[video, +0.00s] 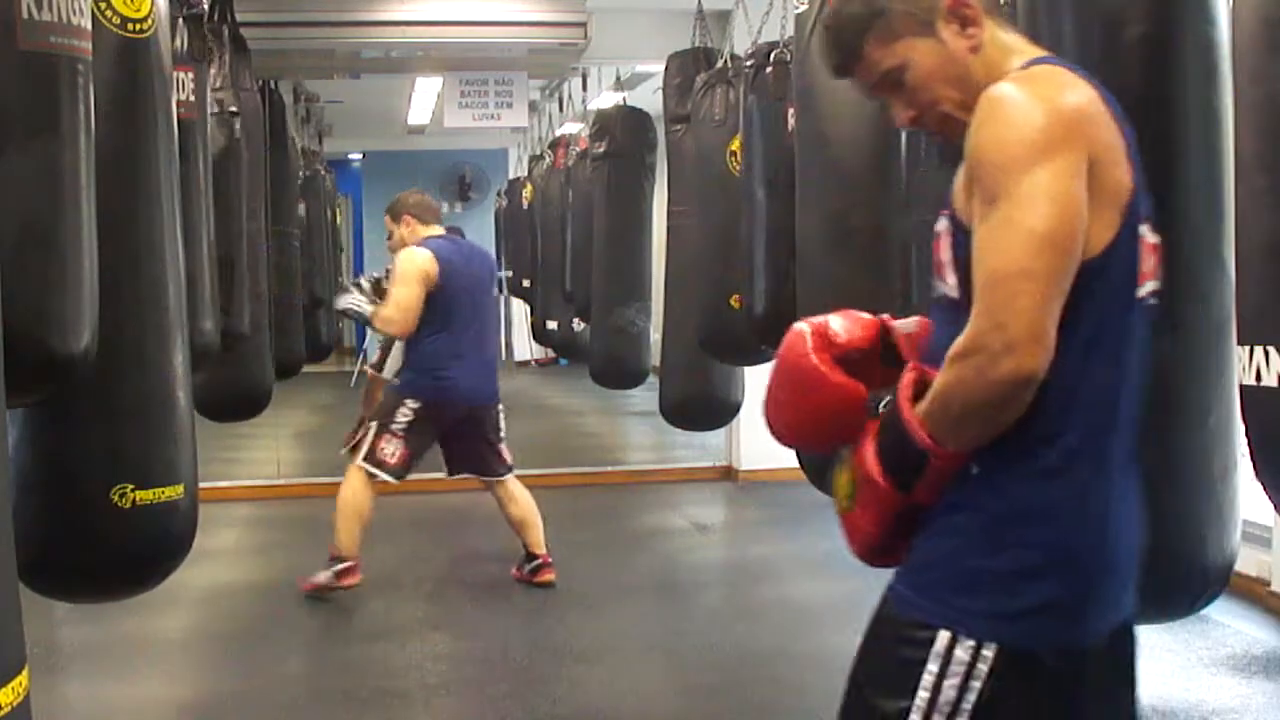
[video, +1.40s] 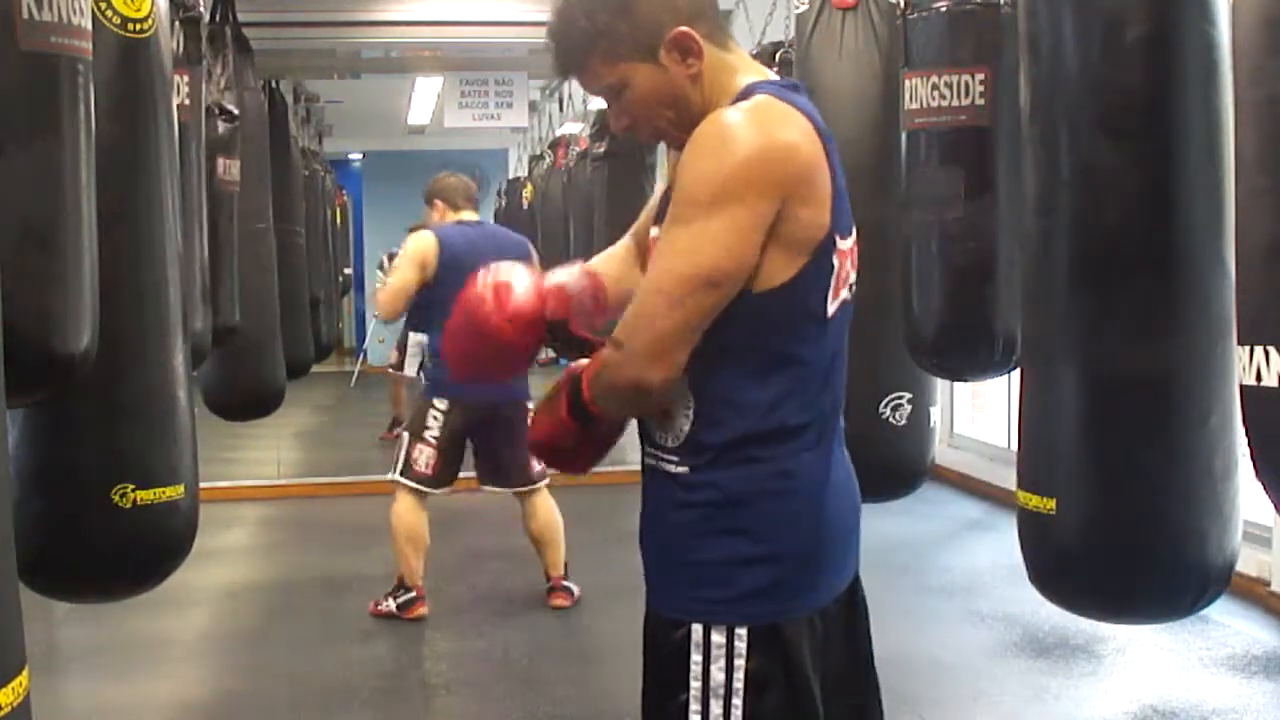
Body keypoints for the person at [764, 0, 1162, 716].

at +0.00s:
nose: (901, 116)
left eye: (899, 80)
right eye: (883, 99)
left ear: (962, 22)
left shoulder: (1023, 110)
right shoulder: (1066, 101)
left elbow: (1008, 355)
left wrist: (894, 458)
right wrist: (896, 345)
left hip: (1002, 572)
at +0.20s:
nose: (809, 135)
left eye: (812, 101)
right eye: (793, 117)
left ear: (880, 42)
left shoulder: (943, 139)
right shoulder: (965, 126)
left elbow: (934, 385)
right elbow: (931, 337)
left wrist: (811, 488)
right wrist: (794, 343)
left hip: (926, 595)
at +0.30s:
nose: (758, 133)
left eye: (754, 102)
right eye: (742, 115)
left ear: (820, 42)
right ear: (822, 42)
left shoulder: (878, 136)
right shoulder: (920, 118)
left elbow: (866, 388)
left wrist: (749, 483)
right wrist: (749, 352)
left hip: (867, 575)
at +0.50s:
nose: (663, 133)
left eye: (659, 103)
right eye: (647, 114)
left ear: (723, 51)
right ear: (727, 51)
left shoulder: (768, 136)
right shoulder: (845, 113)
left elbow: (758, 400)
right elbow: (838, 346)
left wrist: (671, 484)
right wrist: (683, 357)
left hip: (805, 551)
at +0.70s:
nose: (621, 133)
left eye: (616, 103)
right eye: (605, 113)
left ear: (682, 47)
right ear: (687, 48)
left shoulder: (731, 143)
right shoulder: (804, 114)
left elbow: (699, 403)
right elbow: (791, 350)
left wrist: (586, 513)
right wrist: (655, 341)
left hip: (760, 555)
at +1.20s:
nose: (615, 122)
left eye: (613, 95)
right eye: (603, 104)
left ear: (679, 49)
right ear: (684, 49)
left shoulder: (728, 137)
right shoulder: (793, 112)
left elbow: (662, 374)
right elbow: (755, 260)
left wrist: (566, 442)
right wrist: (603, 260)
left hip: (734, 542)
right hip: (809, 517)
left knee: (710, 710)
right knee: (831, 707)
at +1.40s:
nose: (616, 122)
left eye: (615, 93)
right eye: (604, 102)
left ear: (684, 52)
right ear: (687, 55)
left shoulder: (741, 137)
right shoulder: (751, 118)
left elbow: (644, 371)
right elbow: (640, 252)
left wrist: (583, 406)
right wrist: (547, 301)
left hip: (732, 546)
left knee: (716, 711)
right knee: (824, 706)